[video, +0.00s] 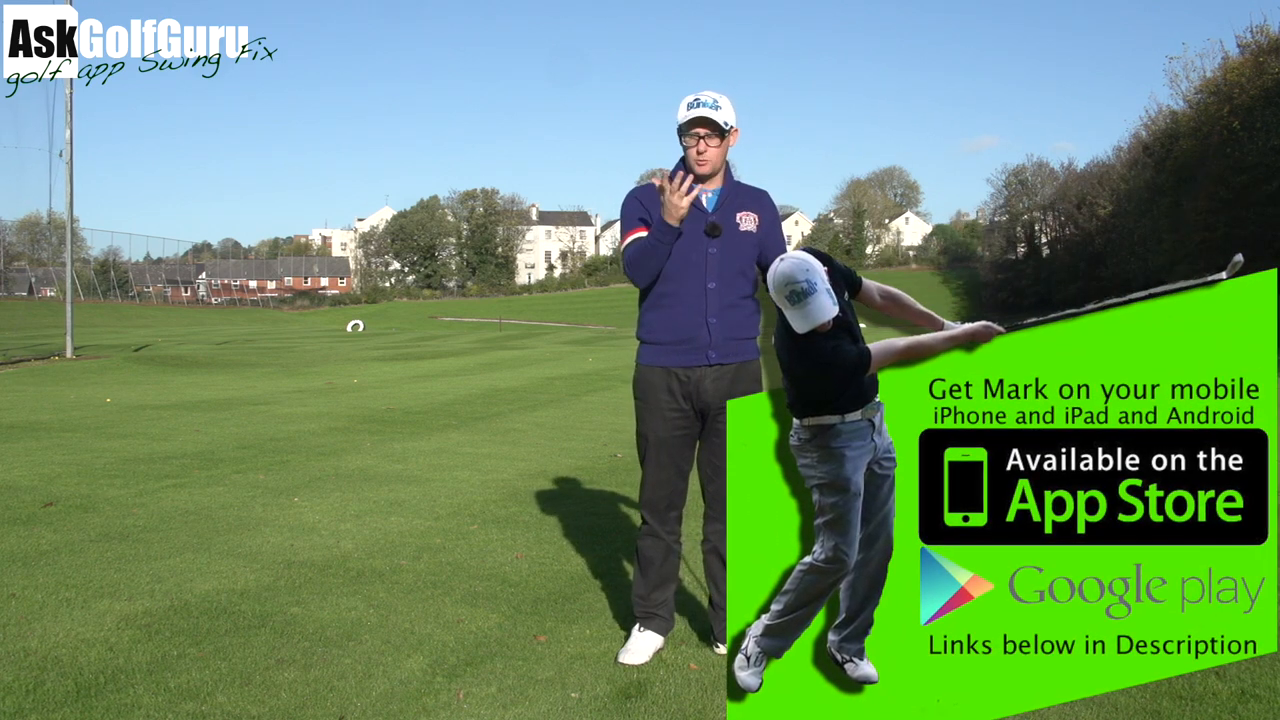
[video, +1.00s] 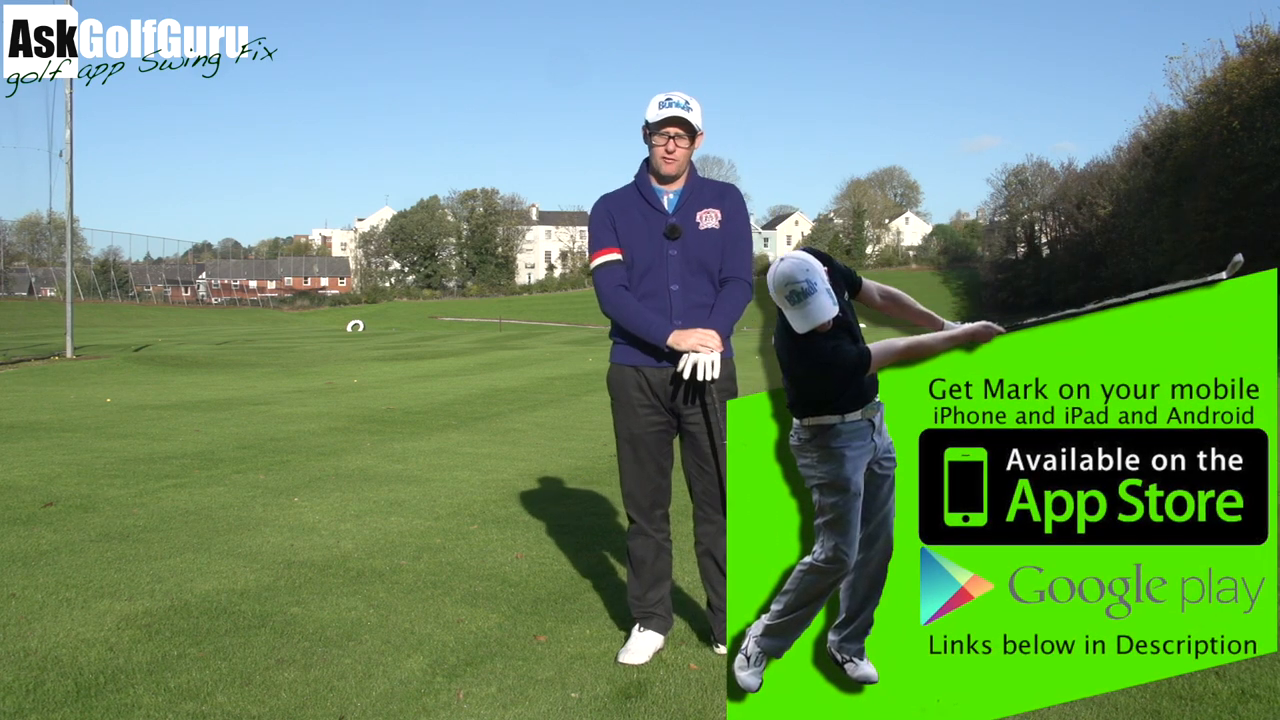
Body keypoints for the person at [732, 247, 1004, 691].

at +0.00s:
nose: (824, 324)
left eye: (826, 311)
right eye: (812, 322)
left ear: (825, 284)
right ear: (787, 309)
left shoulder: (819, 268)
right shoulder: (809, 351)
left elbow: (880, 296)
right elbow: (901, 351)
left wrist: (946, 326)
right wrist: (963, 337)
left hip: (871, 425)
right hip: (829, 440)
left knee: (874, 547)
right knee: (835, 555)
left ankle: (846, 643)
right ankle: (762, 641)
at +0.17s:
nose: (824, 324)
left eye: (826, 311)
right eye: (812, 322)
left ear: (825, 285)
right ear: (787, 310)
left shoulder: (819, 268)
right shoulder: (809, 351)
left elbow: (880, 296)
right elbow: (900, 351)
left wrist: (946, 326)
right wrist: (964, 337)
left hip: (871, 425)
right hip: (829, 439)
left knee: (874, 547)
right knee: (835, 554)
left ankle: (846, 642)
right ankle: (762, 641)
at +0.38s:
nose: (824, 324)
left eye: (825, 311)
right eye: (811, 322)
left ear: (824, 285)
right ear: (786, 311)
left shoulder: (818, 268)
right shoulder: (808, 351)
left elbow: (880, 296)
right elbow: (899, 352)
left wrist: (946, 327)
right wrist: (963, 337)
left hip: (871, 425)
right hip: (828, 439)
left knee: (874, 546)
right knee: (835, 554)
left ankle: (846, 642)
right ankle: (762, 641)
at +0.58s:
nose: (823, 324)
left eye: (825, 311)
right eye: (811, 322)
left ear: (824, 285)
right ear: (786, 310)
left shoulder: (818, 268)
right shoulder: (808, 352)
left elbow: (880, 296)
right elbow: (900, 352)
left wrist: (946, 327)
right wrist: (963, 337)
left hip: (871, 425)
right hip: (829, 439)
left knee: (874, 546)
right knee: (835, 554)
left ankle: (846, 642)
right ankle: (762, 641)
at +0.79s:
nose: (823, 324)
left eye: (825, 311)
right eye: (811, 322)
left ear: (824, 284)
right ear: (786, 309)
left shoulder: (818, 268)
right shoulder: (809, 351)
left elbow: (879, 296)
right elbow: (899, 352)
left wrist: (946, 326)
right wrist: (963, 337)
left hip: (871, 425)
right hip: (829, 439)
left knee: (874, 547)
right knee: (835, 555)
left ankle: (846, 643)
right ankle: (762, 641)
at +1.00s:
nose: (824, 323)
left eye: (825, 310)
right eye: (811, 321)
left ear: (823, 284)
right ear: (786, 309)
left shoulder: (818, 268)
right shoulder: (808, 351)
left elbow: (880, 296)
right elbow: (899, 352)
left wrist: (946, 327)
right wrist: (963, 337)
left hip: (871, 425)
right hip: (829, 439)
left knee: (874, 547)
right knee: (835, 555)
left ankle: (846, 643)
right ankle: (762, 641)